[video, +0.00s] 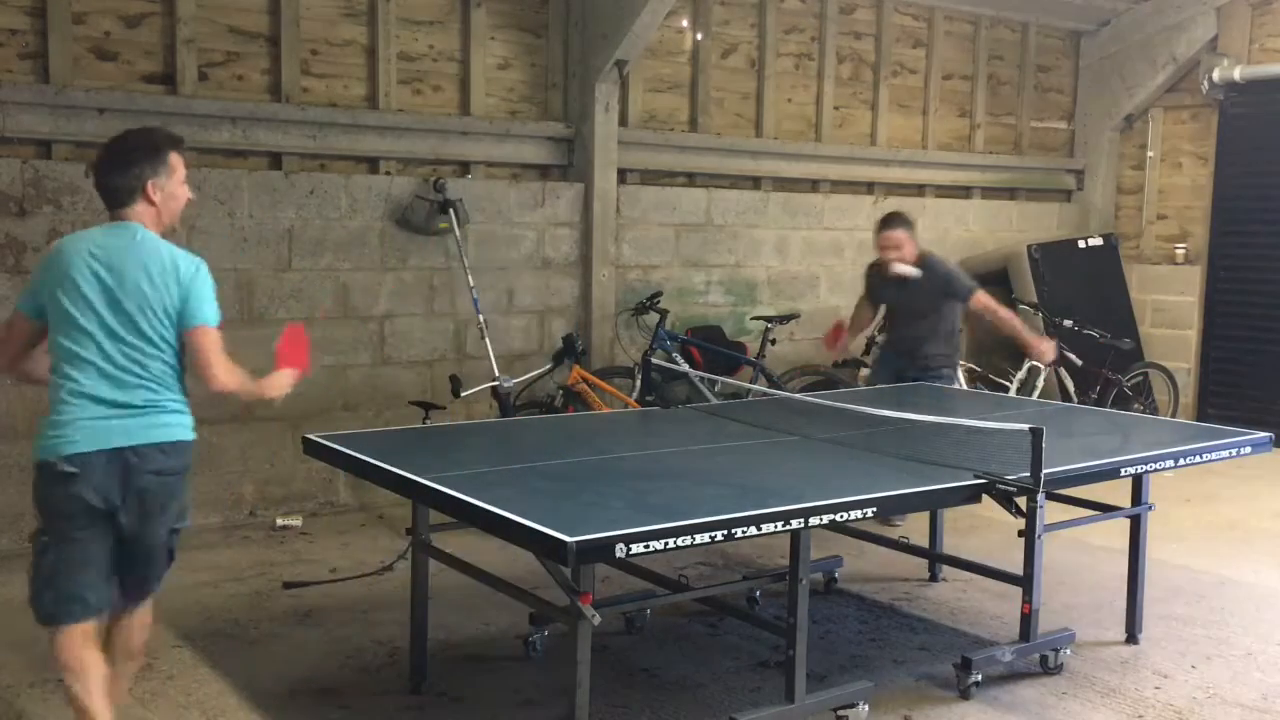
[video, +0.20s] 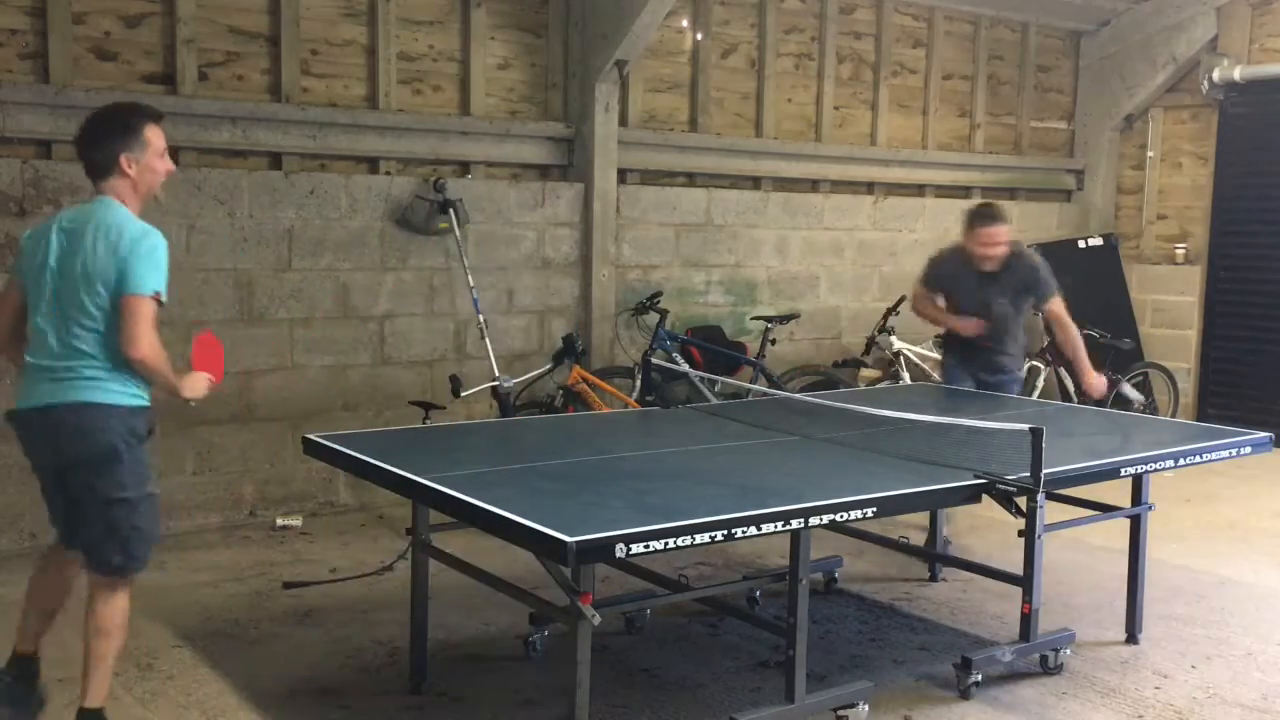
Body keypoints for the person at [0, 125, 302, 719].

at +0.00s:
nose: (189, 193)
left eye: (186, 179)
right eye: (181, 180)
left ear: (120, 191)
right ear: (151, 190)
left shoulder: (63, 256)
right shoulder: (186, 268)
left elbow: (14, 359)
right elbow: (214, 375)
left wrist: (78, 370)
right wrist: (264, 387)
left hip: (72, 455)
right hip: (159, 451)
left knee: (72, 619)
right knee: (137, 598)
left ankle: (98, 712)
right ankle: (108, 706)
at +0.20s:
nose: (171, 167)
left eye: (168, 154)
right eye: (162, 154)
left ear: (112, 167)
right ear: (125, 165)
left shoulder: (40, 235)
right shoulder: (140, 239)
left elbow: (10, 336)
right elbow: (138, 347)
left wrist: (52, 369)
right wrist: (181, 384)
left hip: (34, 412)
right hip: (101, 416)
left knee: (72, 540)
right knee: (113, 572)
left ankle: (21, 666)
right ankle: (92, 709)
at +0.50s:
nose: (137, 190)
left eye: (133, 177)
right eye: (125, 179)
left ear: (90, 193)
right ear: (90, 192)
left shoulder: (72, 254)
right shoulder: (68, 263)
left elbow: (62, 359)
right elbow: (50, 367)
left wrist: (120, 397)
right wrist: (129, 400)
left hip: (53, 427)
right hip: (52, 432)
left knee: (77, 535)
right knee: (111, 564)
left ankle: (23, 645)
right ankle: (45, 699)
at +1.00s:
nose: (158, 187)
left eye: (152, 176)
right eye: (144, 178)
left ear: (118, 196)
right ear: (108, 196)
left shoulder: (142, 274)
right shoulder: (67, 263)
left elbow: (162, 359)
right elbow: (32, 363)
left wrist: (198, 389)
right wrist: (115, 399)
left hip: (94, 431)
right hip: (43, 428)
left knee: (74, 545)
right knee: (93, 562)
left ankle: (22, 646)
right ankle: (95, 703)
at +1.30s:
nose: (198, 178)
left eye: (199, 167)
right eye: (184, 167)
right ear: (140, 178)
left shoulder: (200, 247)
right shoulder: (89, 255)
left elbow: (233, 330)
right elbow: (55, 361)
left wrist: (256, 383)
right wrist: (112, 411)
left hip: (169, 429)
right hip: (100, 430)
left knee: (173, 551)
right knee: (119, 573)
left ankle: (83, 641)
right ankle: (105, 708)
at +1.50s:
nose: (228, 208)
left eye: (230, 194)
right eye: (215, 195)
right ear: (168, 198)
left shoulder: (239, 259)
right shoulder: (111, 277)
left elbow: (283, 322)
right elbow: (80, 375)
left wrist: (279, 343)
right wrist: (48, 458)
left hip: (218, 448)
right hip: (144, 449)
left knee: (222, 569)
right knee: (169, 587)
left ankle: (146, 667)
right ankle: (163, 711)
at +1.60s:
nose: (248, 229)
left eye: (249, 215)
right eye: (233, 215)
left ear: (249, 218)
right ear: (185, 222)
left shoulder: (260, 279)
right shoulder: (130, 300)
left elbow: (313, 328)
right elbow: (84, 390)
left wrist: (340, 356)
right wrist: (14, 463)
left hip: (238, 473)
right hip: (162, 470)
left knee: (216, 600)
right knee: (196, 612)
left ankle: (148, 670)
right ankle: (185, 710)